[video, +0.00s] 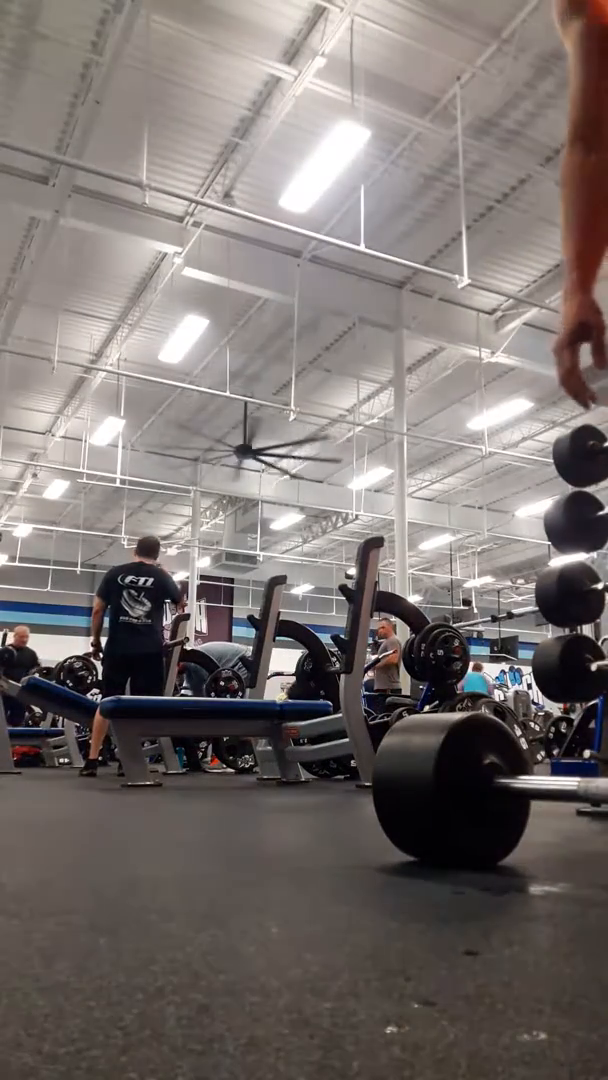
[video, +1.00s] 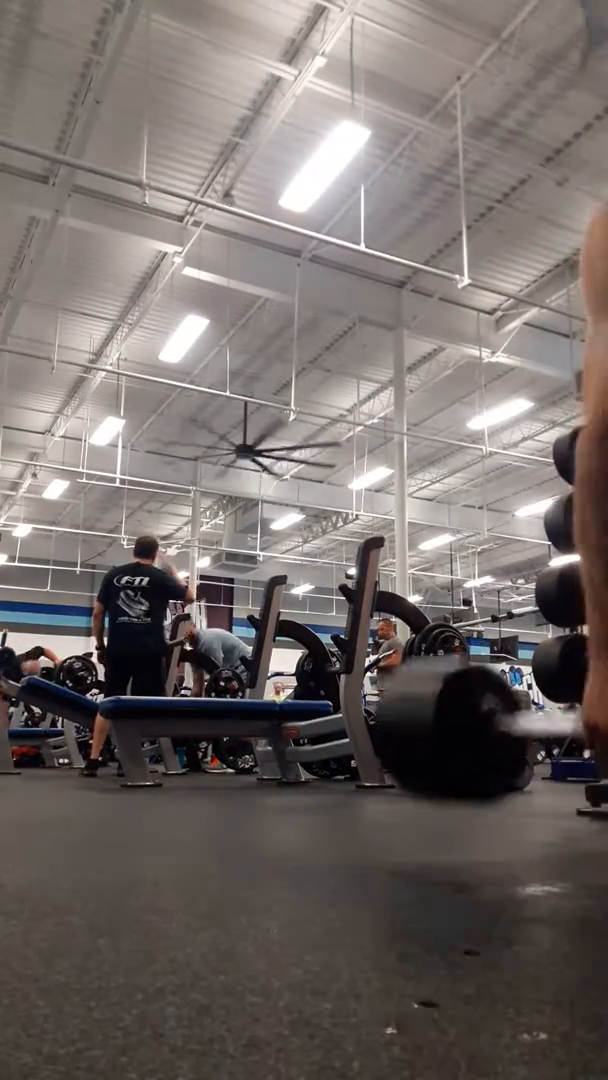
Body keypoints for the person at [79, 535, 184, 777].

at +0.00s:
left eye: (138, 550)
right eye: (155, 556)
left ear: (135, 552)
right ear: (157, 556)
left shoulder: (116, 572)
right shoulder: (161, 577)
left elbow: (98, 610)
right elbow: (180, 602)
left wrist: (95, 640)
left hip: (117, 650)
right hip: (149, 652)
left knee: (107, 703)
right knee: (144, 706)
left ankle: (92, 759)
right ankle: (132, 763)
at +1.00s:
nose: (158, 557)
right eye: (158, 554)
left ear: (133, 553)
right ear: (155, 555)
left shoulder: (114, 574)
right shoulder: (161, 578)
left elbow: (98, 612)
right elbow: (189, 596)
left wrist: (99, 645)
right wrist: (180, 577)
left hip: (118, 648)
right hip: (149, 650)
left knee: (109, 702)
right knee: (150, 704)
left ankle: (93, 758)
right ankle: (138, 763)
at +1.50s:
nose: (155, 562)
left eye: (153, 559)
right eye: (155, 558)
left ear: (131, 554)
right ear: (152, 557)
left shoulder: (110, 575)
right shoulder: (155, 576)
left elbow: (95, 613)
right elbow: (172, 604)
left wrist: (96, 648)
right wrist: (160, 620)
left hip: (113, 649)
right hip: (143, 651)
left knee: (105, 704)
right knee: (142, 705)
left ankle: (88, 759)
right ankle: (131, 763)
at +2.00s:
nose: (135, 564)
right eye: (137, 561)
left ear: (116, 556)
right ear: (137, 559)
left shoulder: (98, 576)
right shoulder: (142, 579)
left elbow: (81, 613)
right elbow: (149, 611)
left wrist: (87, 640)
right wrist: (145, 628)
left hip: (99, 650)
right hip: (128, 651)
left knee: (95, 704)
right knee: (131, 705)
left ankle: (88, 760)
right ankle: (129, 762)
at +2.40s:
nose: (123, 563)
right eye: (124, 560)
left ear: (104, 558)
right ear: (124, 559)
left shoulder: (86, 578)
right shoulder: (129, 577)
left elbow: (71, 615)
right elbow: (138, 608)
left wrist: (86, 626)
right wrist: (140, 626)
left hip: (89, 649)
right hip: (119, 649)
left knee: (88, 703)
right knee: (122, 704)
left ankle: (86, 760)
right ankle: (126, 760)